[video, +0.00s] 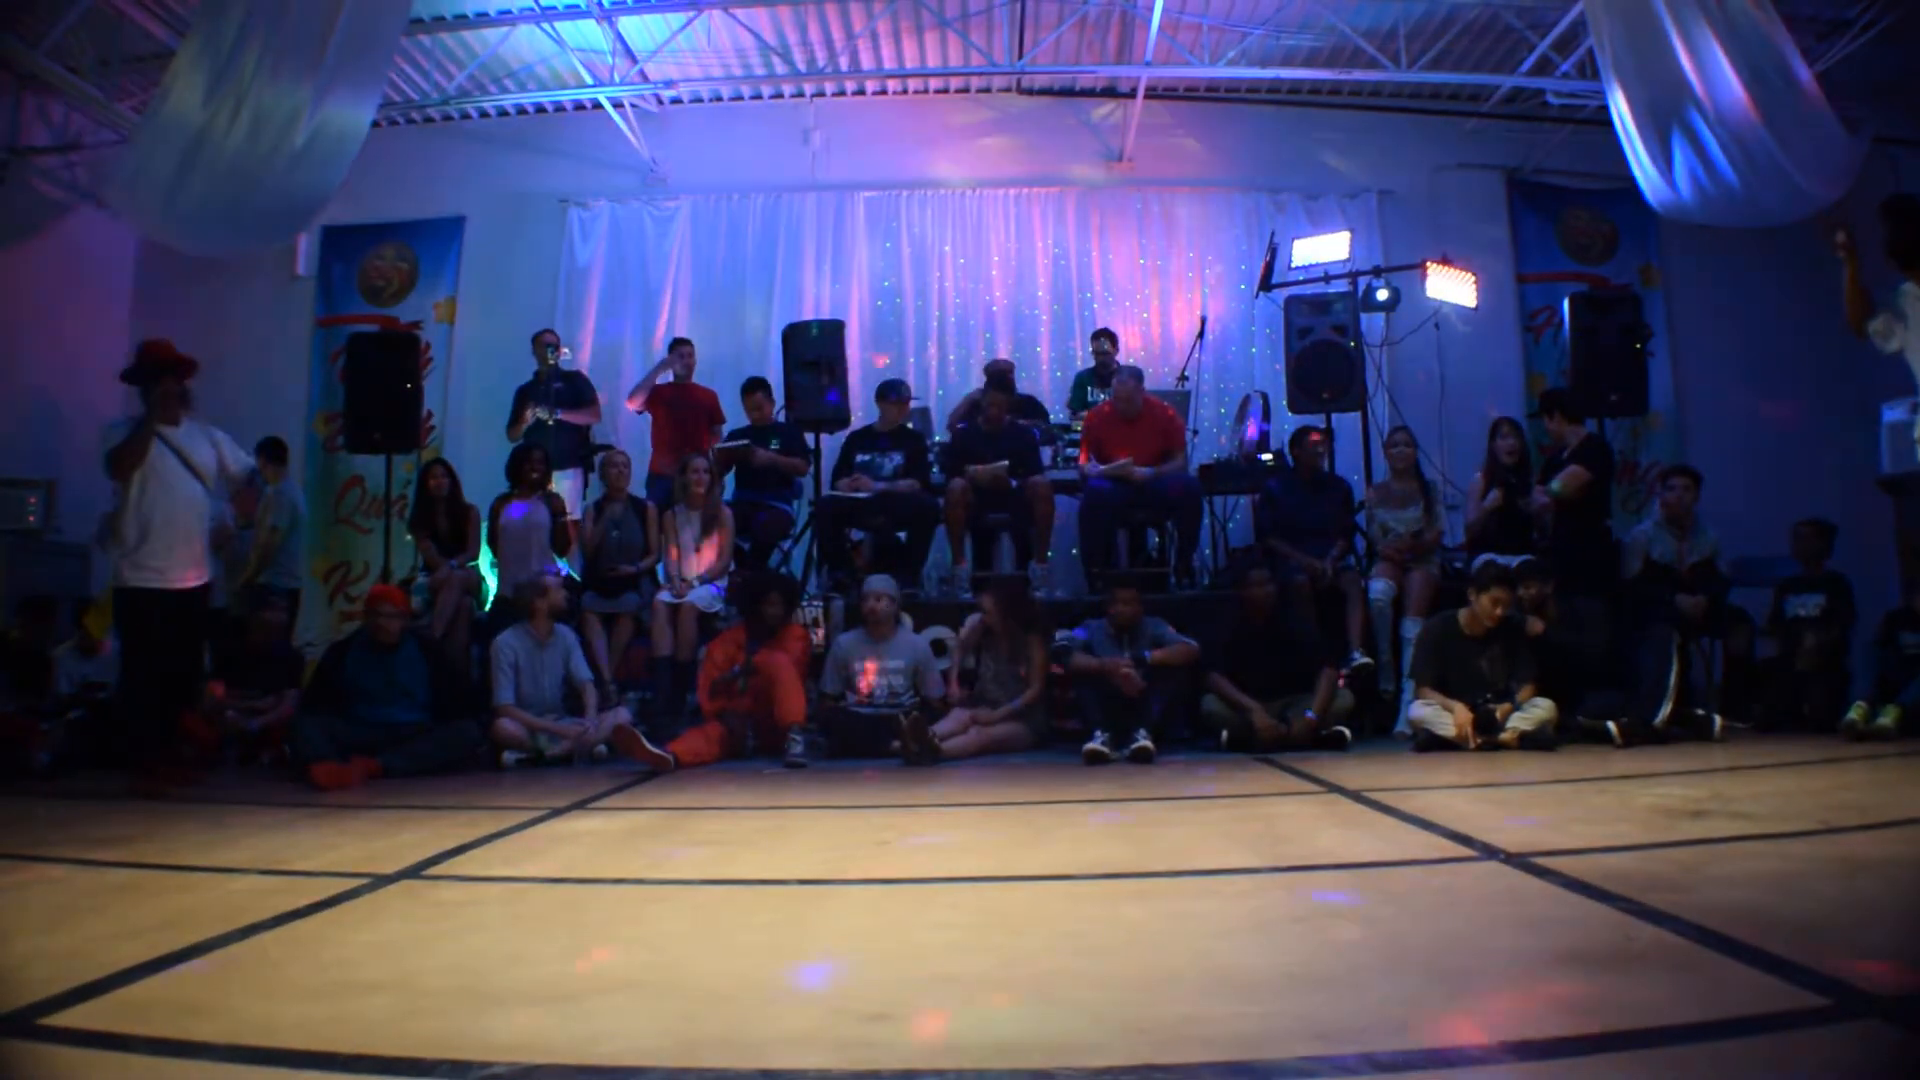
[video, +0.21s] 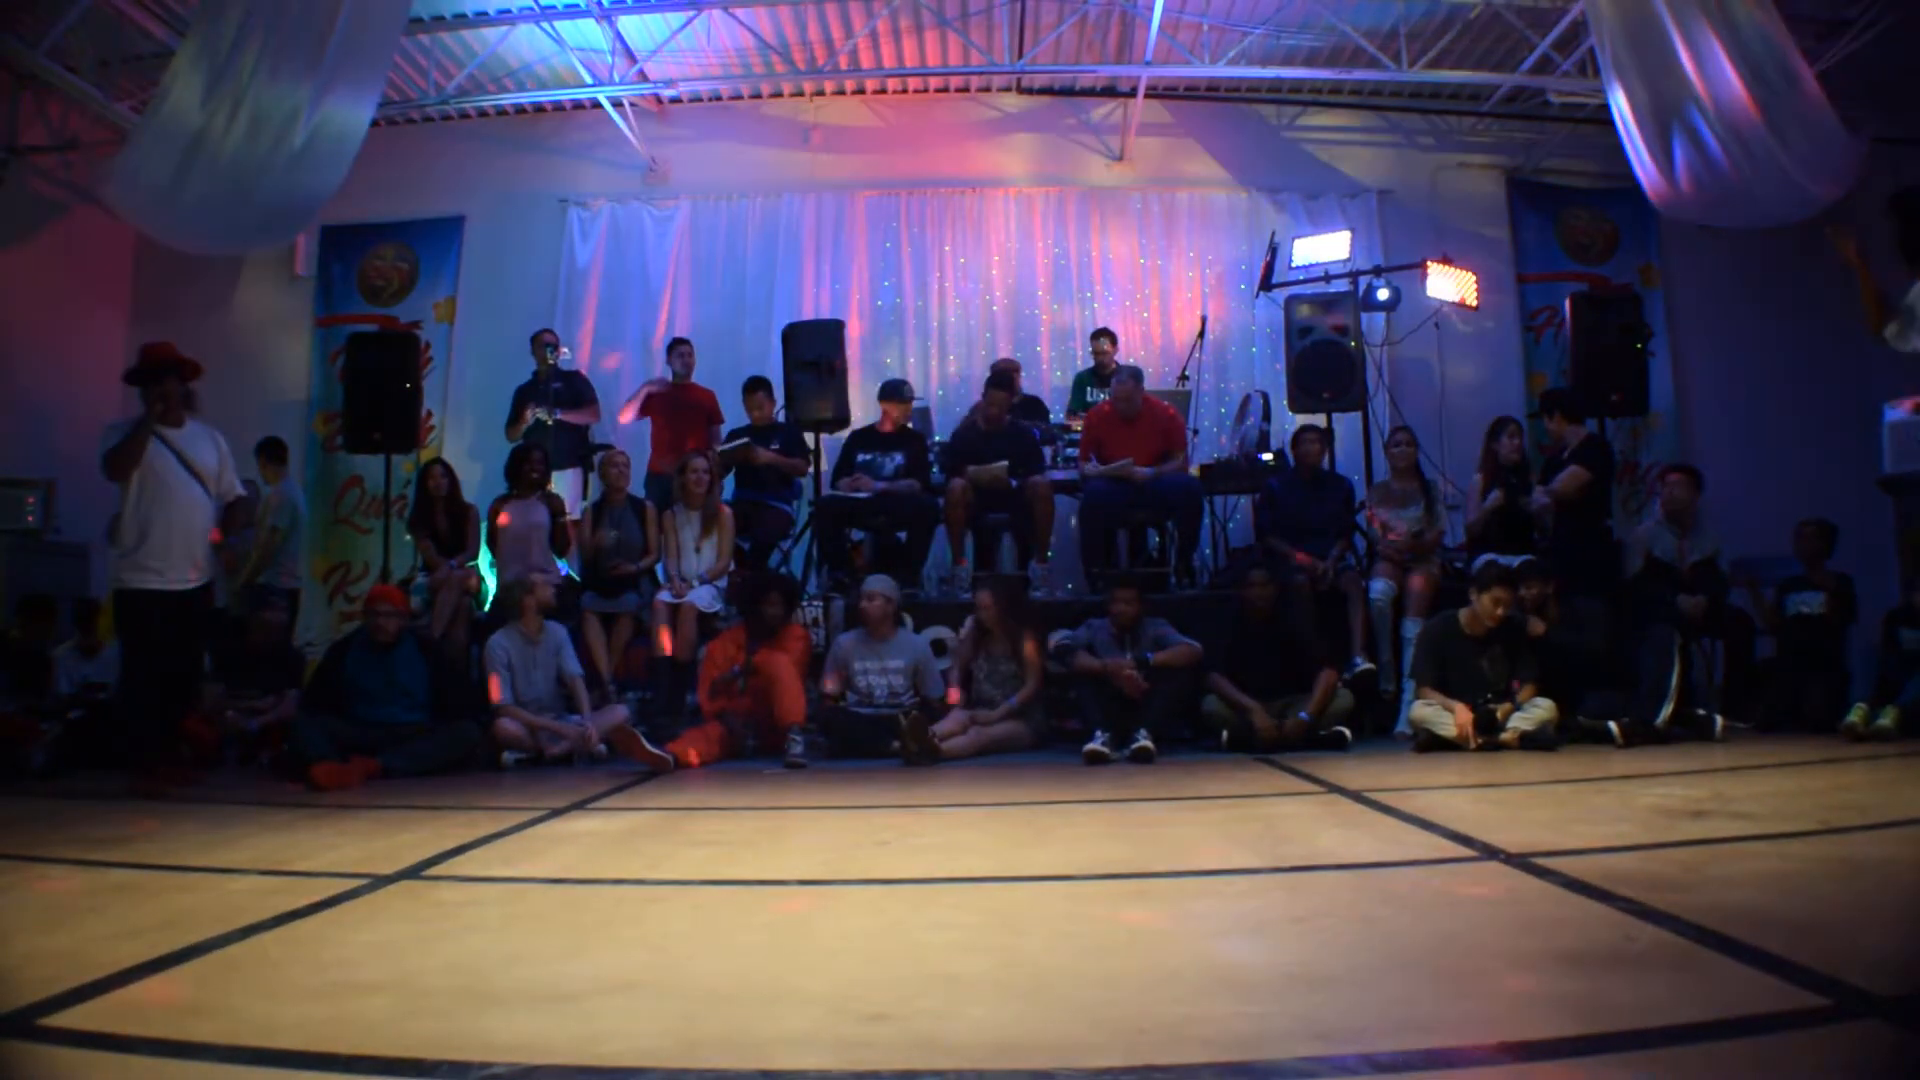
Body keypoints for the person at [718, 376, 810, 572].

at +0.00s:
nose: (755, 415)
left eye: (760, 408)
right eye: (750, 410)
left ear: (772, 404)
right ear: (744, 409)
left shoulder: (790, 433)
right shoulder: (737, 436)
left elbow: (802, 467)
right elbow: (719, 471)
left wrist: (770, 458)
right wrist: (727, 456)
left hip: (777, 501)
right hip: (743, 500)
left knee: (767, 529)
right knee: (722, 524)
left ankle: (753, 574)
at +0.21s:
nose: (756, 415)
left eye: (761, 408)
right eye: (750, 409)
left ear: (773, 405)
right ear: (744, 407)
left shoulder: (789, 432)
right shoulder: (737, 435)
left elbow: (802, 467)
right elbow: (719, 473)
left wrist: (770, 458)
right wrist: (731, 457)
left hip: (777, 502)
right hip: (743, 500)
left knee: (765, 537)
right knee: (722, 528)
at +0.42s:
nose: (755, 416)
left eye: (760, 409)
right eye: (750, 410)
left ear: (772, 403)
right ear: (744, 407)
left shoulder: (789, 433)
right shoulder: (736, 435)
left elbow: (802, 468)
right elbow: (719, 472)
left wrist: (772, 459)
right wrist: (739, 456)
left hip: (776, 501)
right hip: (742, 500)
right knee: (721, 529)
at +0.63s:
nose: (757, 414)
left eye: (761, 408)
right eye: (752, 408)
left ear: (773, 405)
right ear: (745, 408)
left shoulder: (790, 434)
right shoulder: (737, 436)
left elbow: (803, 469)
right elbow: (719, 475)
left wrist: (772, 460)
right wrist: (739, 457)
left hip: (778, 503)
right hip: (744, 501)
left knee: (765, 533)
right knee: (719, 519)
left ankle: (752, 576)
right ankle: (747, 568)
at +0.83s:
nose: (758, 411)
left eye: (763, 405)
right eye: (753, 405)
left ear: (774, 404)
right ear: (746, 406)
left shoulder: (790, 433)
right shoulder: (737, 435)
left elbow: (804, 468)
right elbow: (718, 474)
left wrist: (772, 460)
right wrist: (740, 460)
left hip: (779, 501)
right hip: (744, 501)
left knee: (764, 536)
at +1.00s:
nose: (757, 415)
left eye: (763, 409)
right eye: (752, 409)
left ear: (774, 405)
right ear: (746, 407)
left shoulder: (790, 433)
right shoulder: (736, 435)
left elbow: (804, 468)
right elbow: (718, 474)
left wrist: (773, 460)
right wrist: (741, 459)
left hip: (778, 502)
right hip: (743, 501)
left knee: (763, 535)